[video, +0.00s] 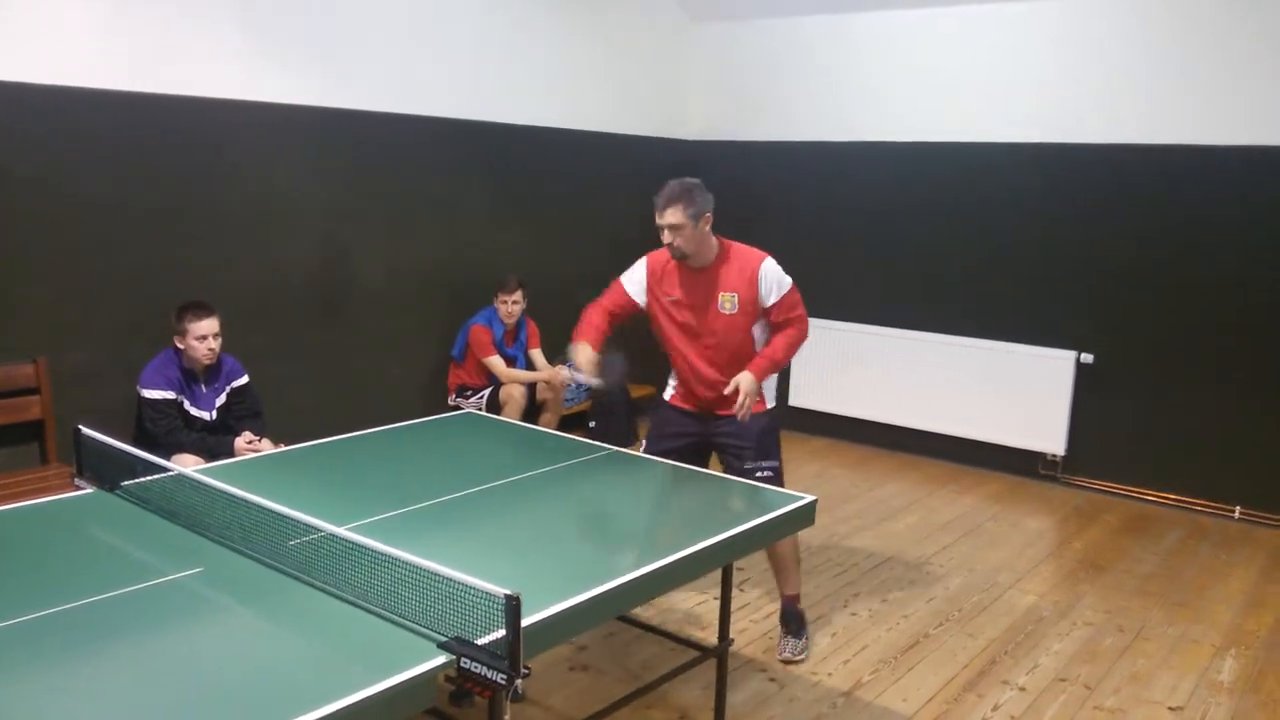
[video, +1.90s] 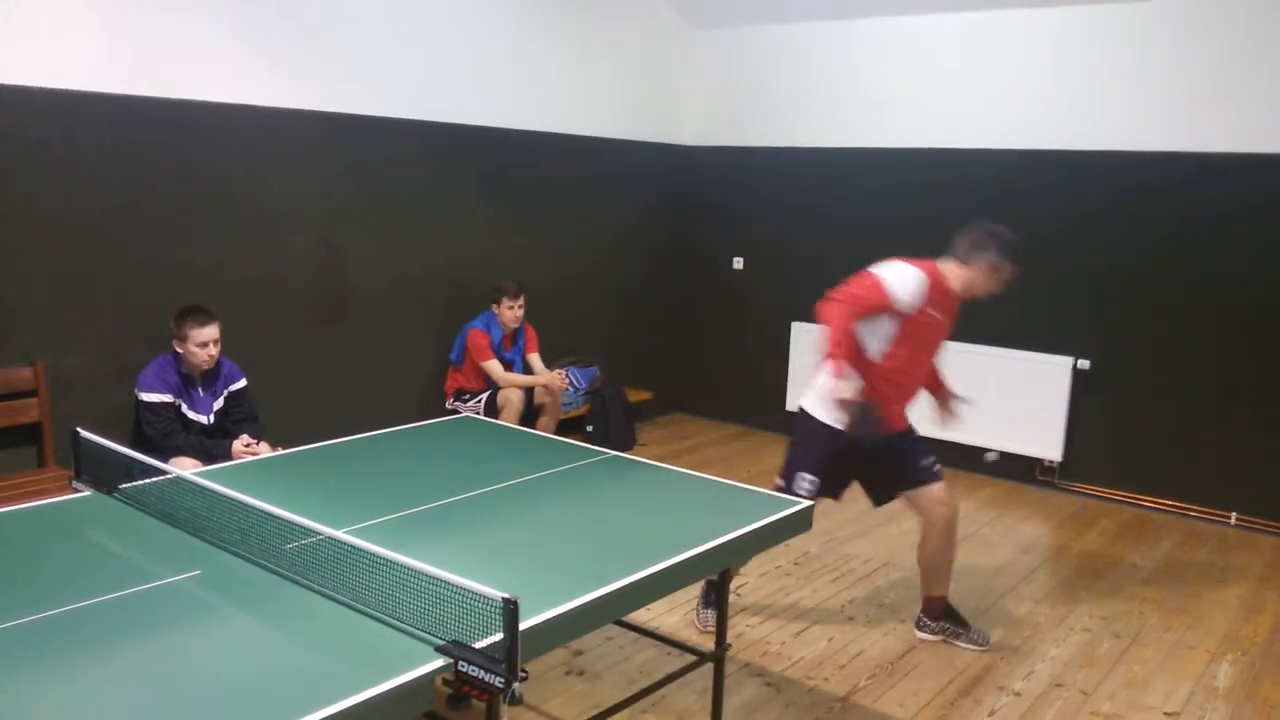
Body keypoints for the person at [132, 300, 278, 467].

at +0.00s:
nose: (212, 346)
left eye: (216, 337)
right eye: (201, 339)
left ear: (221, 337)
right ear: (179, 342)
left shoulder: (230, 368)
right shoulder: (157, 377)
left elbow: (249, 416)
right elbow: (169, 438)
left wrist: (248, 435)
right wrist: (230, 446)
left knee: (265, 448)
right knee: (190, 465)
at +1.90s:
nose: (212, 353)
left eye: (216, 343)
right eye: (202, 346)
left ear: (221, 340)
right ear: (179, 345)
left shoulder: (230, 373)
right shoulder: (154, 380)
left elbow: (245, 420)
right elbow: (168, 441)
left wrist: (246, 438)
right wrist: (227, 450)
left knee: (264, 452)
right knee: (189, 468)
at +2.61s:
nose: (188, 362)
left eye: (197, 353)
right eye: (180, 353)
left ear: (212, 352)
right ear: (170, 351)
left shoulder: (226, 382)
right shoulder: (150, 388)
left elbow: (241, 429)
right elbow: (163, 450)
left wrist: (241, 448)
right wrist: (223, 460)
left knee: (260, 461)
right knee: (184, 477)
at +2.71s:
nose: (190, 361)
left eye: (198, 352)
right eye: (182, 352)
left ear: (214, 351)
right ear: (172, 351)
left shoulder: (227, 381)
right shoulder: (151, 387)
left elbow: (243, 428)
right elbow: (164, 450)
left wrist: (243, 447)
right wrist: (224, 459)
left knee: (262, 460)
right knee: (185, 476)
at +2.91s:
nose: (188, 360)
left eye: (197, 351)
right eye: (180, 351)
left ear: (212, 350)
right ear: (170, 350)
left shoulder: (225, 380)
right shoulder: (150, 386)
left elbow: (241, 427)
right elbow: (161, 449)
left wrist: (241, 446)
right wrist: (223, 458)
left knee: (261, 460)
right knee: (184, 475)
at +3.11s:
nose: (185, 358)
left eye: (193, 349)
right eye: (177, 349)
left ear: (207, 349)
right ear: (165, 348)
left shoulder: (220, 378)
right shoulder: (143, 386)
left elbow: (236, 427)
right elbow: (155, 448)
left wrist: (235, 446)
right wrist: (217, 457)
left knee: (255, 459)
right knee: (178, 475)